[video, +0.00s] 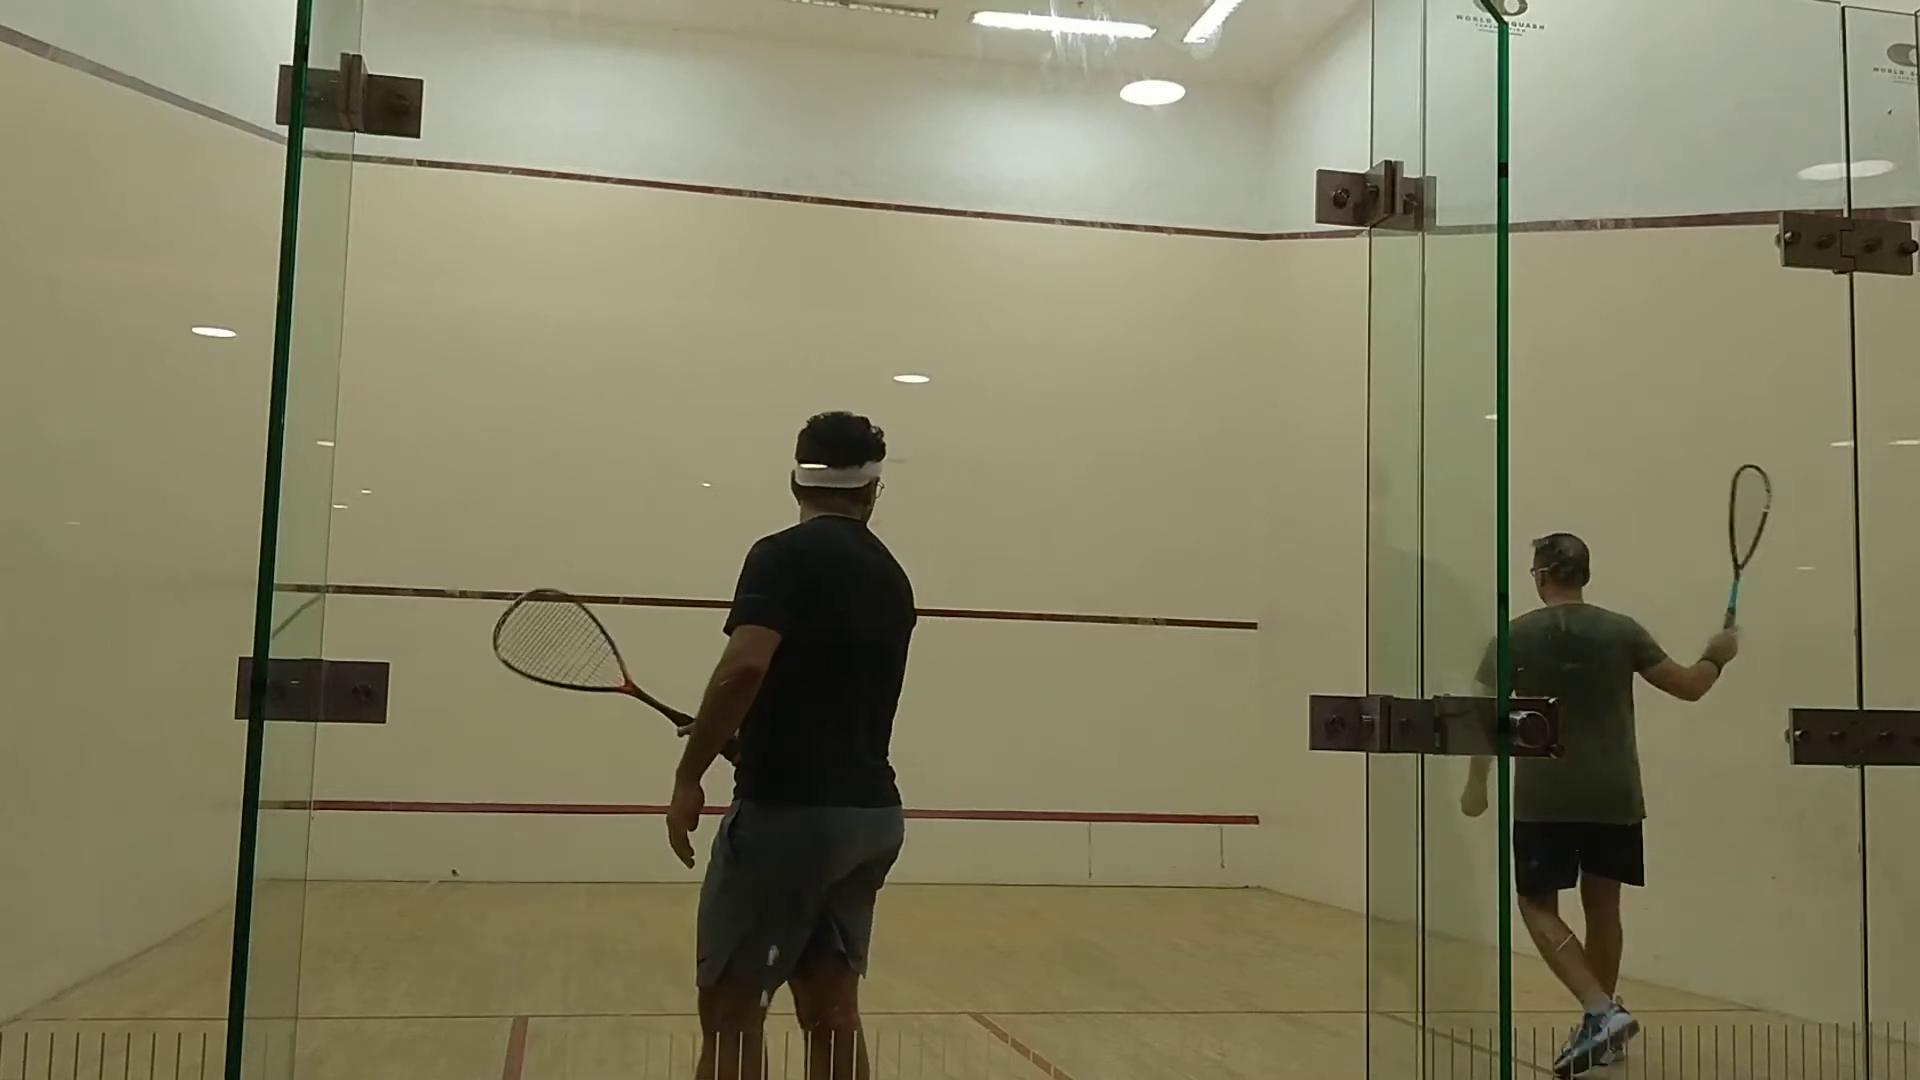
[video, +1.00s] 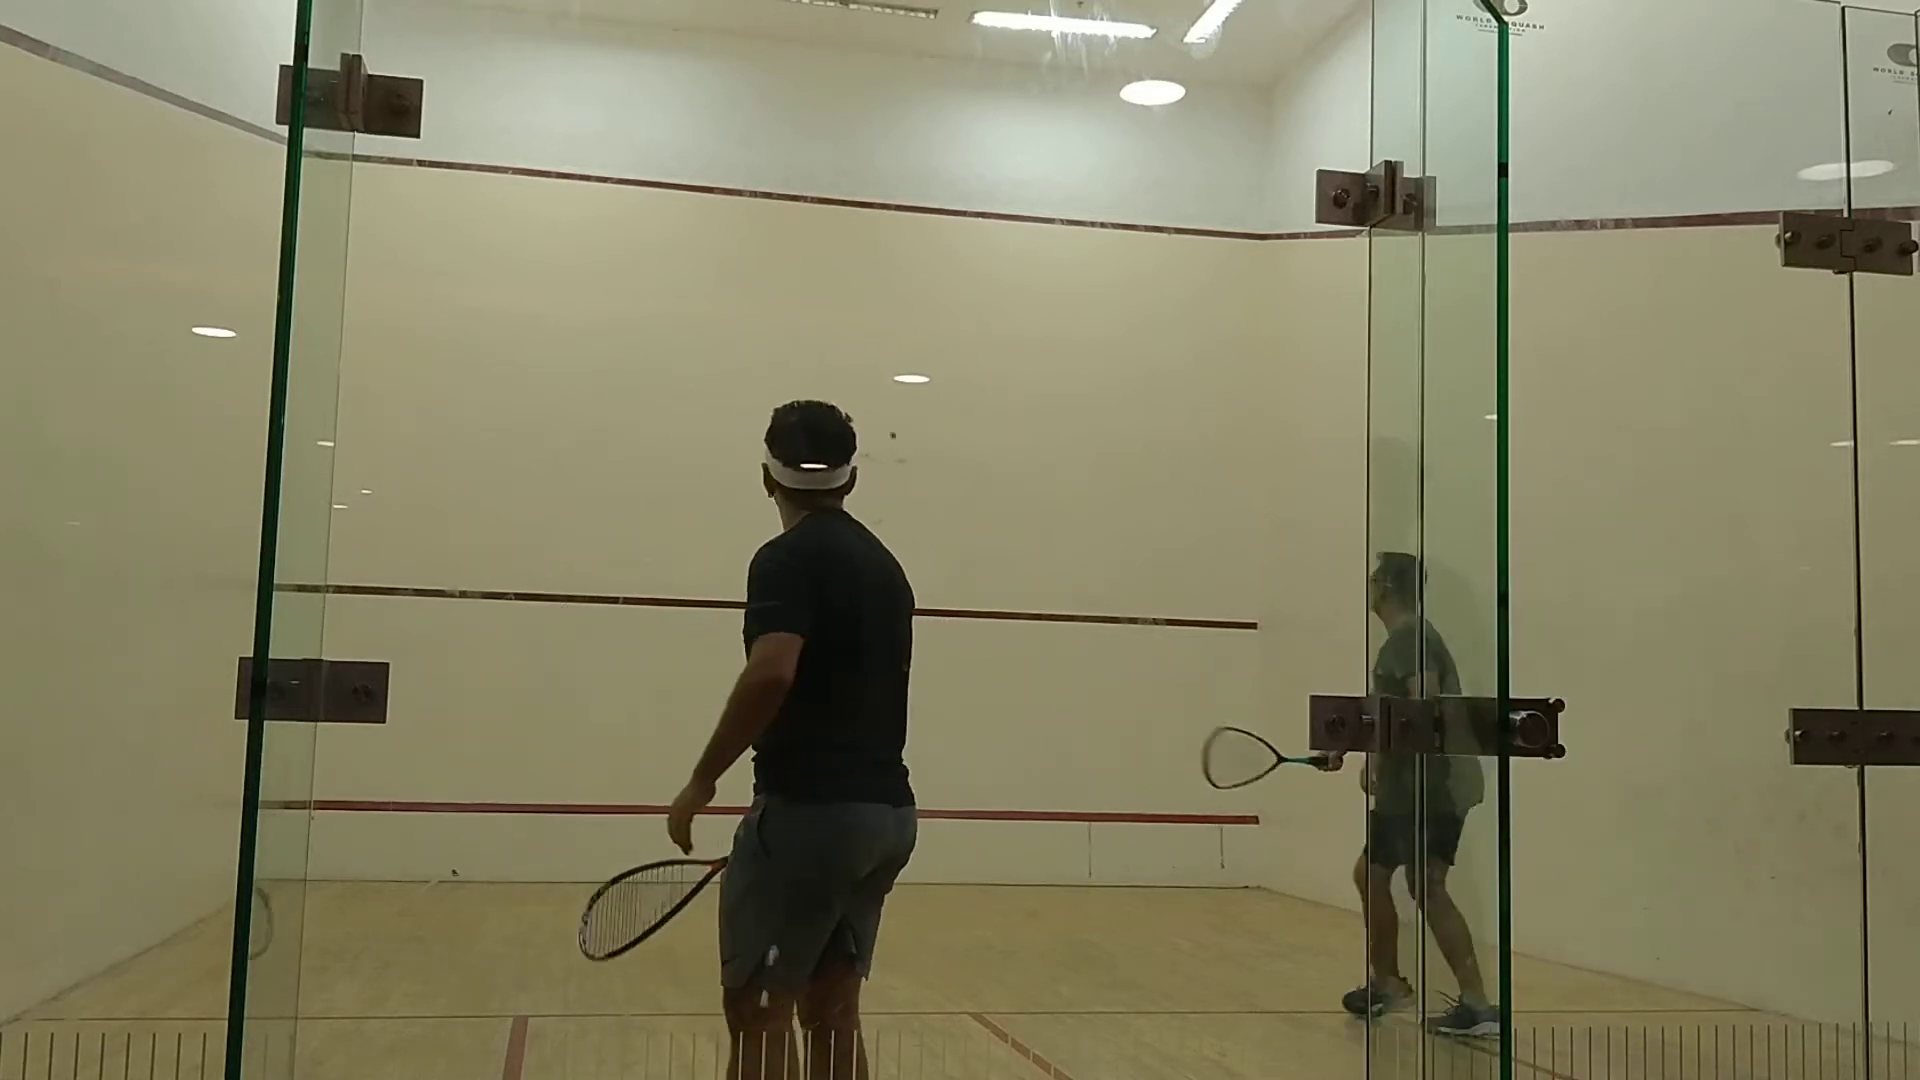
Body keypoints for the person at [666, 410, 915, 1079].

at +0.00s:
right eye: (874, 483)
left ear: (798, 484)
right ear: (874, 491)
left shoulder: (779, 555)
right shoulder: (891, 576)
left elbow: (744, 669)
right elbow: (855, 704)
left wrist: (688, 775)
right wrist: (748, 737)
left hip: (781, 821)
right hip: (871, 819)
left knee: (731, 1009)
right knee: (830, 1003)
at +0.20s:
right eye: (870, 482)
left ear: (792, 483)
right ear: (869, 488)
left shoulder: (769, 558)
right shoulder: (891, 578)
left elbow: (731, 673)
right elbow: (851, 697)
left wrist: (683, 779)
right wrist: (748, 729)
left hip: (776, 823)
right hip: (870, 820)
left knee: (727, 1011)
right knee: (832, 1009)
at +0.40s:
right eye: (864, 479)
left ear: (786, 481)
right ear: (863, 486)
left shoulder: (760, 561)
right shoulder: (895, 579)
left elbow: (716, 672)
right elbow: (858, 701)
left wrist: (666, 776)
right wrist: (763, 746)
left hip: (774, 823)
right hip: (870, 820)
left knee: (726, 1009)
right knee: (833, 1006)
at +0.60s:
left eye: (793, 469)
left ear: (781, 477)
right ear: (859, 482)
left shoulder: (751, 563)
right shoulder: (897, 580)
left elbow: (700, 674)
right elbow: (893, 707)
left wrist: (653, 772)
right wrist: (801, 757)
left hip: (772, 824)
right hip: (871, 821)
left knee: (727, 1012)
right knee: (834, 1004)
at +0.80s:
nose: (781, 476)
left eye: (776, 468)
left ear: (774, 476)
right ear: (854, 479)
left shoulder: (762, 562)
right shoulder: (895, 576)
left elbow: (716, 673)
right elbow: (896, 706)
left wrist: (657, 764)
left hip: (785, 820)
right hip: (876, 819)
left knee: (732, 1006)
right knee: (830, 1002)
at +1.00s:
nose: (765, 478)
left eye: (767, 468)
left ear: (770, 479)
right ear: (850, 481)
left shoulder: (784, 559)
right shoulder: (882, 565)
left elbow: (773, 671)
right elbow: (862, 700)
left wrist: (700, 781)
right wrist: (780, 801)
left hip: (805, 818)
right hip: (883, 816)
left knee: (754, 1007)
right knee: (832, 1006)